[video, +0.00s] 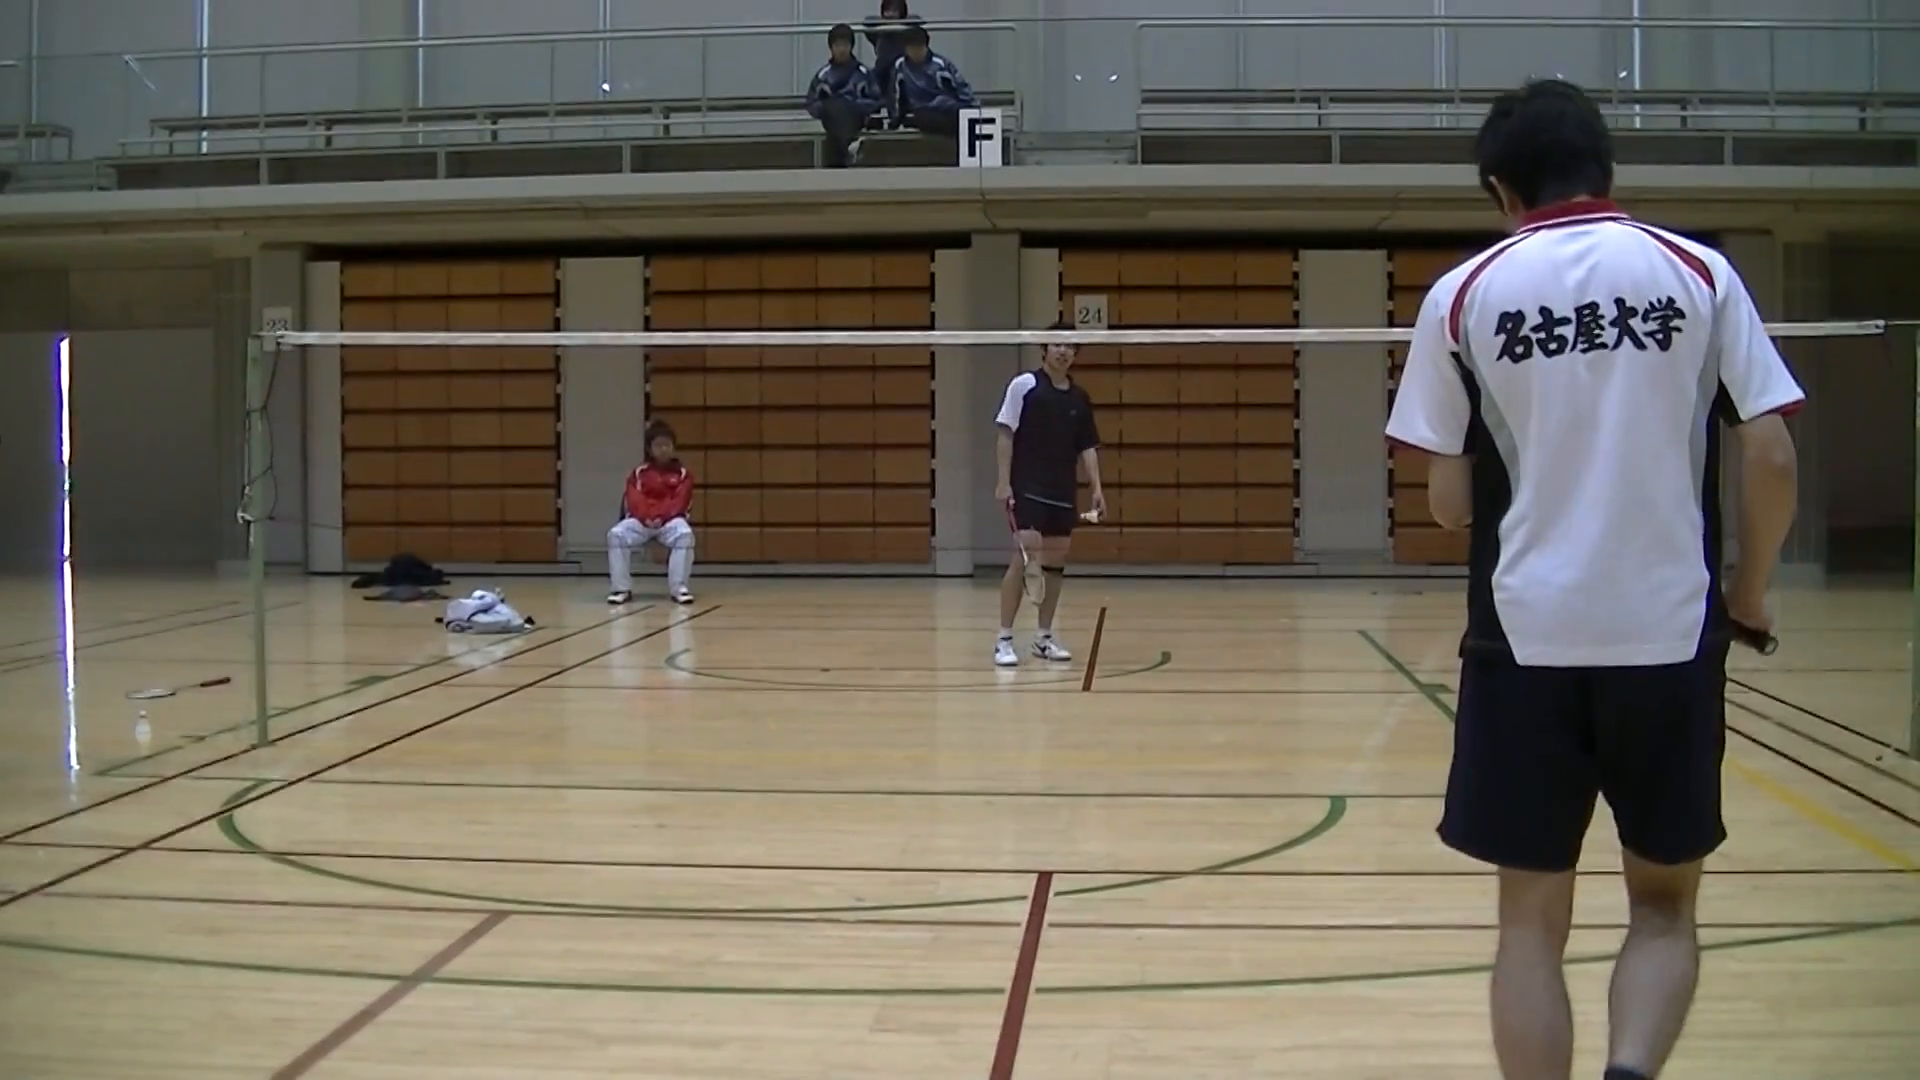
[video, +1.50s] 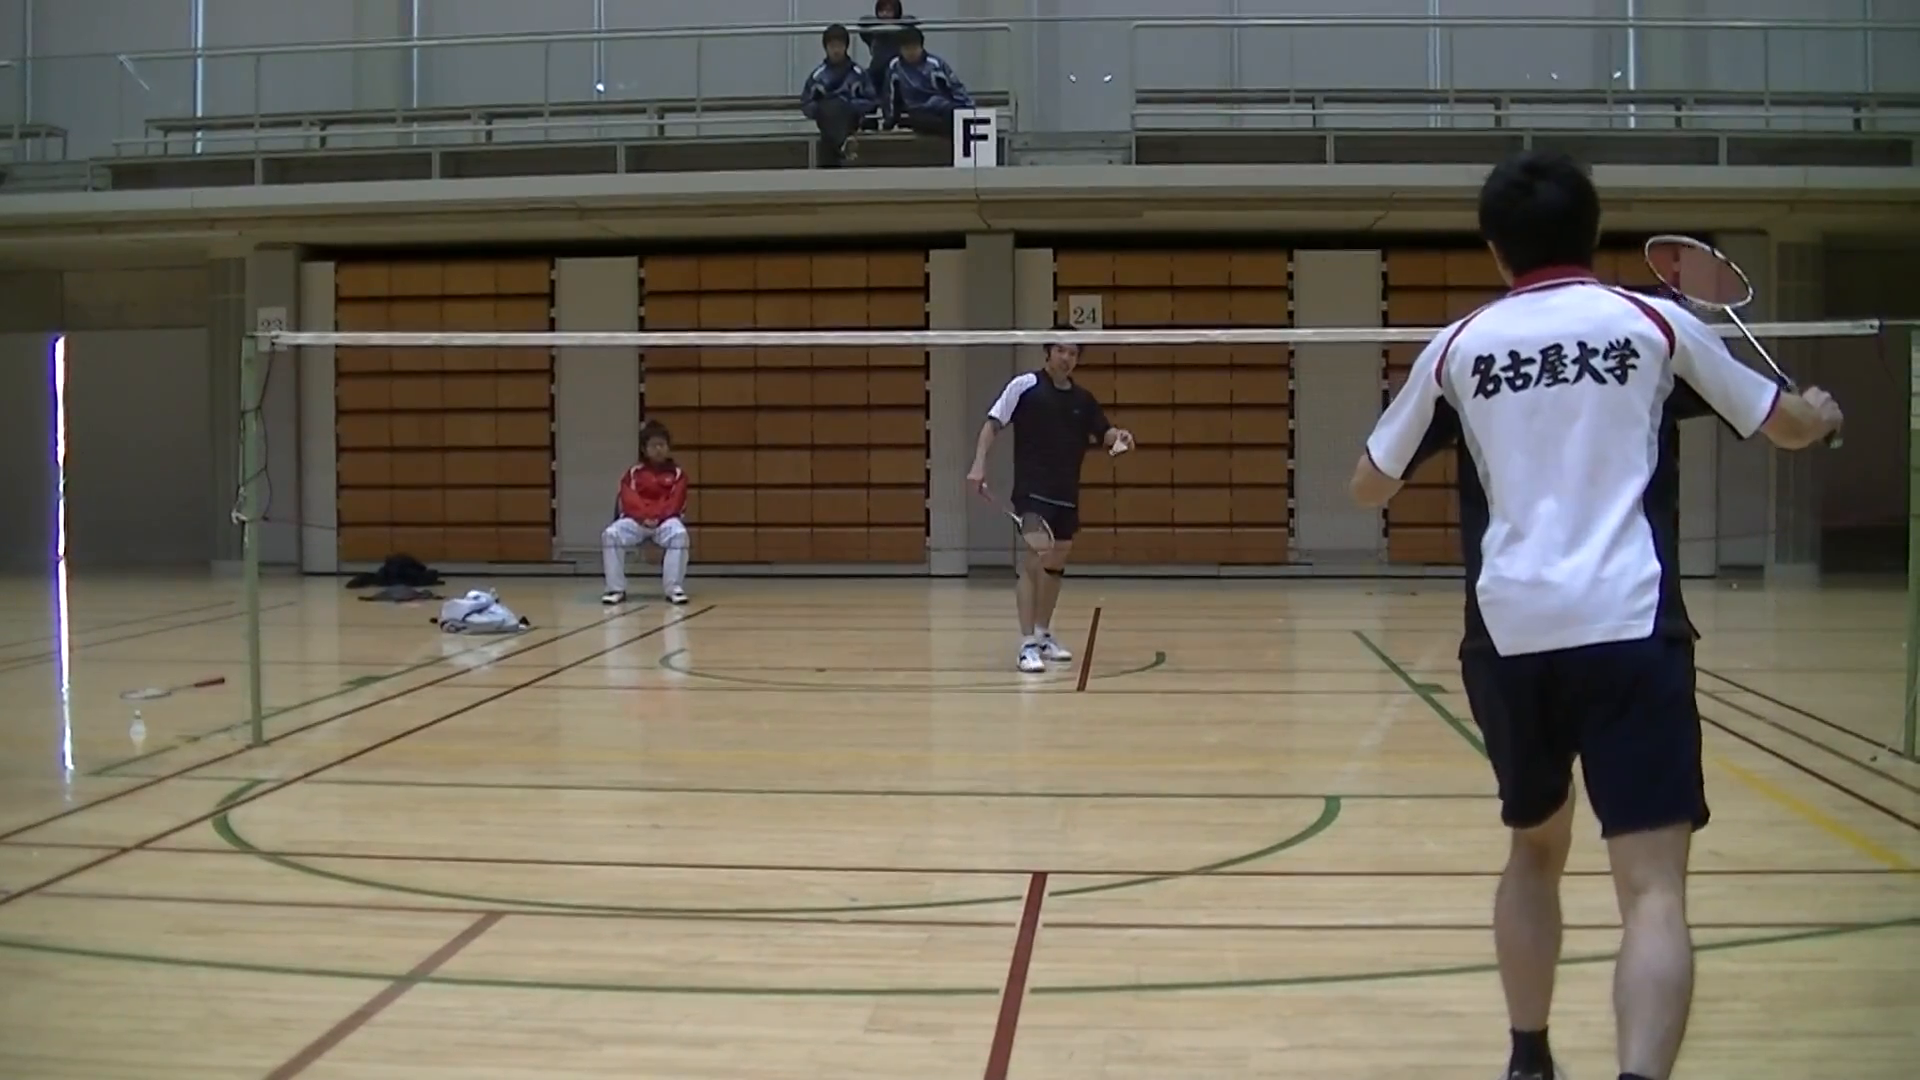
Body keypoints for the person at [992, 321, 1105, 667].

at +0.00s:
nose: (1062, 352)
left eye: (1068, 347)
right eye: (1056, 346)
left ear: (1075, 353)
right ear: (1044, 350)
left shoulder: (1078, 397)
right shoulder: (1023, 385)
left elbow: (1088, 447)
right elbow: (1004, 434)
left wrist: (1096, 488)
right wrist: (1003, 482)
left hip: (1062, 488)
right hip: (1026, 485)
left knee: (1056, 562)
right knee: (1025, 556)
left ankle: (1044, 637)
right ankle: (1004, 639)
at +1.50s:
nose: (1068, 358)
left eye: (1073, 353)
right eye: (1062, 351)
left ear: (1078, 359)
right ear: (1048, 352)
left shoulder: (1082, 398)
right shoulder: (1024, 385)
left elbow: (1105, 432)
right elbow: (992, 425)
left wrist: (1119, 437)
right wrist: (978, 466)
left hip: (1066, 495)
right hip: (1032, 492)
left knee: (1055, 566)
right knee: (1034, 561)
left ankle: (1043, 637)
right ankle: (1028, 645)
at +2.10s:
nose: (1060, 352)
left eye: (1066, 347)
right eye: (1054, 345)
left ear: (1070, 353)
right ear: (1039, 348)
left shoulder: (1073, 394)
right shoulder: (1015, 379)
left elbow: (1099, 418)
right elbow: (967, 392)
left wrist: (1105, 425)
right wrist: (977, 418)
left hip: (1062, 491)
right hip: (1024, 489)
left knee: (1074, 562)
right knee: (1028, 566)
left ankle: (1059, 622)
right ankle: (1026, 646)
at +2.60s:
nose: (1068, 353)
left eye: (1073, 347)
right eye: (1061, 347)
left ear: (1079, 350)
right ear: (1047, 348)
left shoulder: (1083, 392)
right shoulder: (1028, 382)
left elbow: (1094, 442)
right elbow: (1000, 424)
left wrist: (1111, 445)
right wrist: (992, 462)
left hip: (1072, 488)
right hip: (1036, 488)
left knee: (1094, 554)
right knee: (1035, 565)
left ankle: (1072, 617)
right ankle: (1027, 646)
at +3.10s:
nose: (1113, 358)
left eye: (1119, 353)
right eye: (1107, 351)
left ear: (1124, 359)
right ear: (1094, 355)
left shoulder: (1119, 395)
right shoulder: (1073, 389)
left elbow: (1111, 442)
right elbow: (1045, 439)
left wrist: (1135, 471)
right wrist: (1036, 488)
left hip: (1096, 483)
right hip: (1066, 482)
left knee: (1107, 553)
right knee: (1078, 547)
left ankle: (1092, 628)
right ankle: (1057, 635)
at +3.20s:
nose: (1124, 364)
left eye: (1130, 359)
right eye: (1118, 357)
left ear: (1136, 365)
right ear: (1105, 360)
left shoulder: (1131, 400)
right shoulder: (1087, 394)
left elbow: (1124, 447)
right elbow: (1058, 447)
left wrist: (1152, 475)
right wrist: (1051, 499)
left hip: (1108, 491)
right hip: (1080, 489)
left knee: (1120, 551)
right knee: (1094, 552)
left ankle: (1098, 625)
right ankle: (1073, 638)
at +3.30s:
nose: (1159, 387)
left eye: (1164, 381)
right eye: (1153, 380)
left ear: (1169, 386)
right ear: (1139, 383)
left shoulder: (1168, 423)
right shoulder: (1122, 420)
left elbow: (1178, 466)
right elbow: (1092, 468)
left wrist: (1211, 480)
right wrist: (1085, 520)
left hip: (1143, 508)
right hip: (1115, 506)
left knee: (1155, 572)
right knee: (1133, 565)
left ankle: (1122, 631)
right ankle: (1108, 641)